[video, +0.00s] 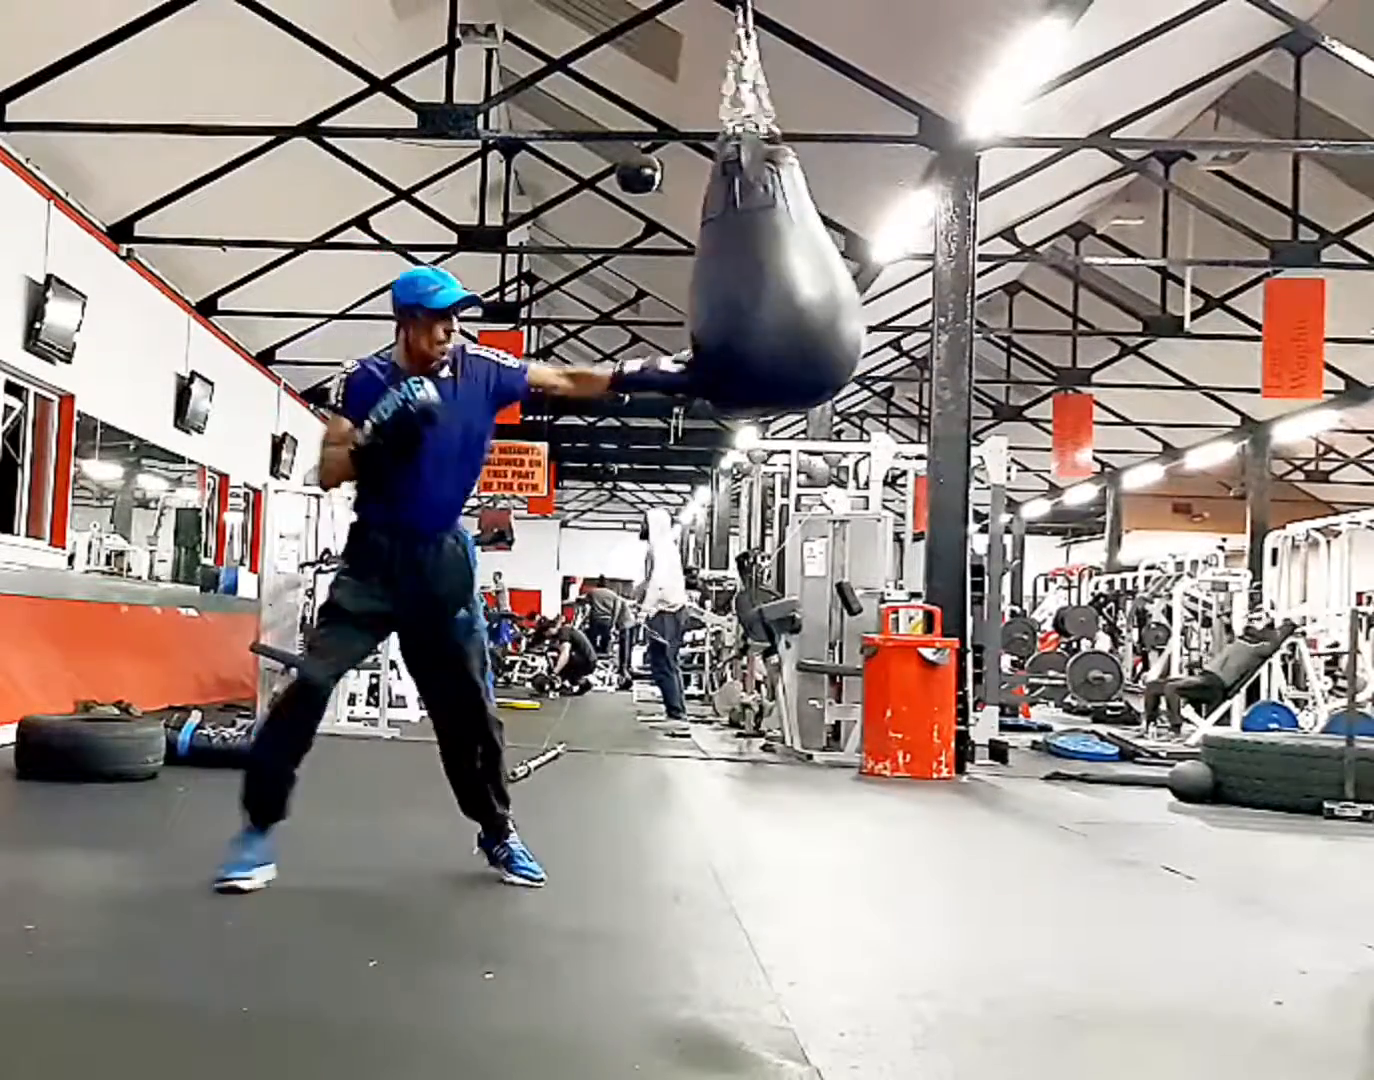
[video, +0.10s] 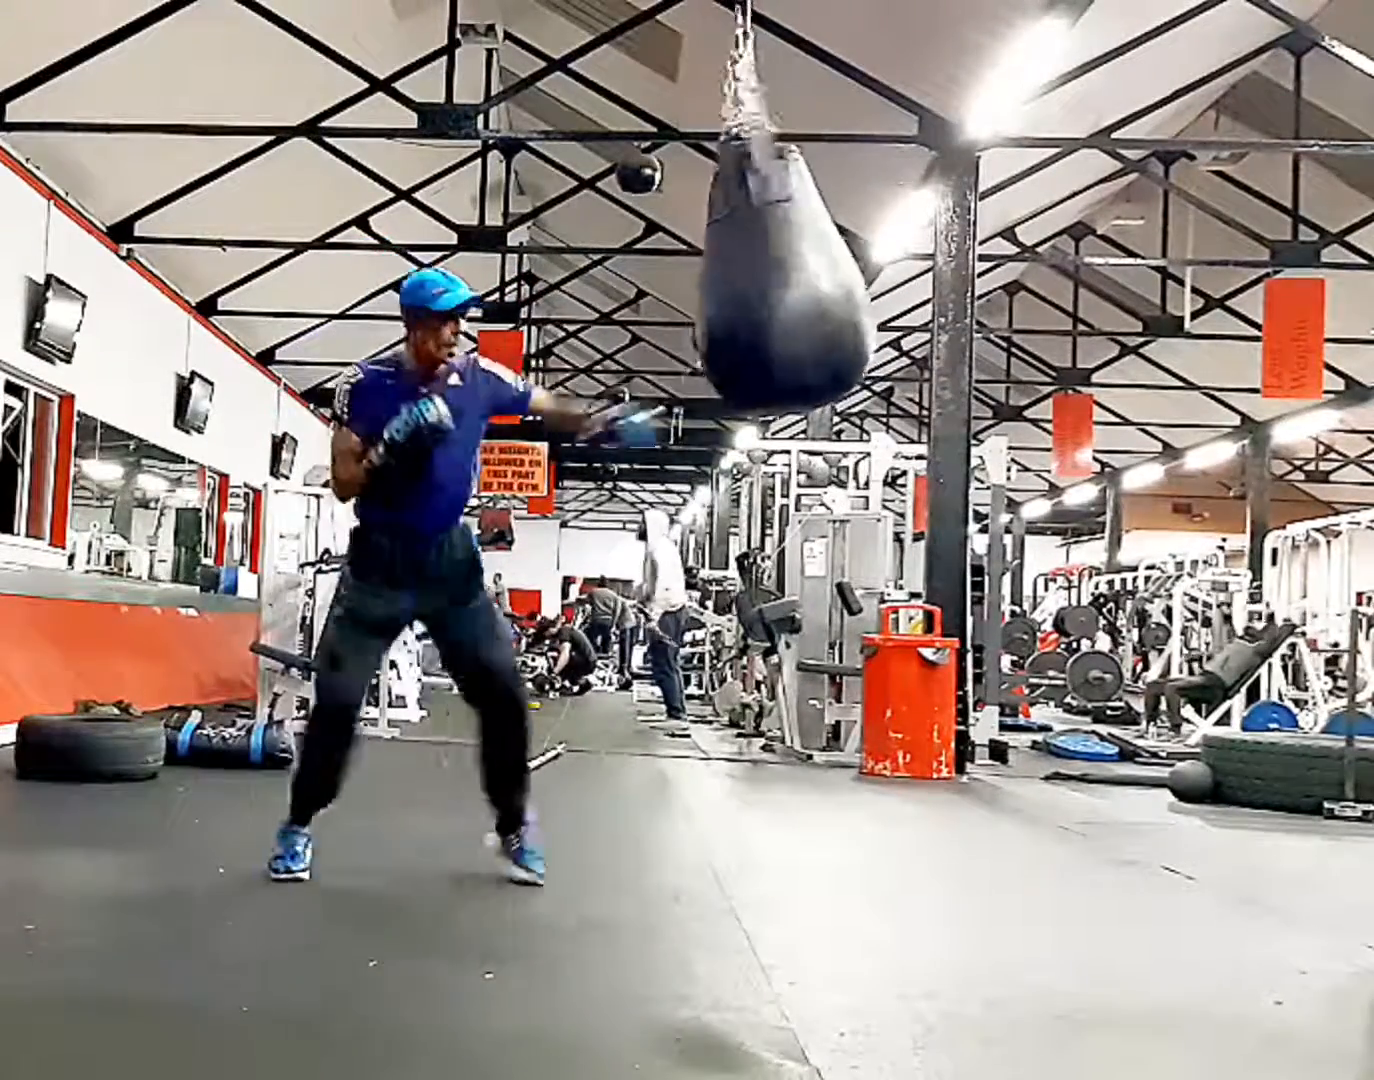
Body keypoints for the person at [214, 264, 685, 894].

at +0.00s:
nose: (446, 338)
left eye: (451, 326)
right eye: (435, 326)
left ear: (456, 324)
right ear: (403, 321)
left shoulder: (482, 371)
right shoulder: (367, 379)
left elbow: (569, 381)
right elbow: (327, 473)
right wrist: (382, 429)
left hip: (443, 568)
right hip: (371, 564)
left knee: (468, 703)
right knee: (309, 684)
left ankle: (498, 834)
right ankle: (256, 833)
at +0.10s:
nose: (454, 337)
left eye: (459, 325)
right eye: (443, 326)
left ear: (461, 326)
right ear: (411, 325)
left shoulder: (479, 379)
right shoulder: (372, 385)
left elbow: (549, 411)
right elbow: (344, 483)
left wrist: (601, 420)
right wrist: (388, 446)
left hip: (452, 571)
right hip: (377, 573)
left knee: (504, 695)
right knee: (336, 703)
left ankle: (514, 826)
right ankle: (298, 828)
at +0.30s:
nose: (515, 360)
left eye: (519, 350)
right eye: (503, 349)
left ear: (519, 354)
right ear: (465, 349)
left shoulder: (508, 413)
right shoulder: (418, 404)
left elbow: (536, 480)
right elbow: (372, 483)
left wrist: (572, 478)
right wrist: (438, 449)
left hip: (469, 592)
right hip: (403, 593)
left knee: (535, 710)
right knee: (355, 714)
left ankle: (572, 837)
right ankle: (300, 832)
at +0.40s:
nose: (577, 351)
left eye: (576, 341)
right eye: (567, 340)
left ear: (548, 345)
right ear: (535, 340)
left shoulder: (530, 412)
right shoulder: (498, 387)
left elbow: (522, 486)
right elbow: (460, 400)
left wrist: (572, 462)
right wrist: (548, 377)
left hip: (494, 578)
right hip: (450, 575)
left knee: (533, 710)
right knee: (393, 709)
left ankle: (572, 837)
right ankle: (310, 828)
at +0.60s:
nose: (623, 374)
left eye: (625, 365)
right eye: (614, 362)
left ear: (611, 367)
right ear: (578, 358)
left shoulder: (580, 424)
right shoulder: (546, 391)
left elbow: (562, 516)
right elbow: (552, 420)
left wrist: (603, 479)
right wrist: (629, 422)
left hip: (524, 565)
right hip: (494, 551)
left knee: (573, 715)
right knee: (451, 700)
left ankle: (574, 840)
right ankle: (333, 807)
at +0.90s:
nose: (618, 371)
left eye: (620, 362)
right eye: (607, 361)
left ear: (607, 367)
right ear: (573, 361)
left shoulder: (591, 425)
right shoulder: (534, 395)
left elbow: (559, 515)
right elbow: (484, 462)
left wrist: (620, 470)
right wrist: (559, 451)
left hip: (520, 565)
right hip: (479, 553)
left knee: (571, 689)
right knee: (445, 700)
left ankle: (579, 837)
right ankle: (338, 815)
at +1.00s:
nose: (577, 367)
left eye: (579, 357)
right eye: (567, 355)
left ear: (566, 361)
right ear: (534, 352)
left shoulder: (550, 425)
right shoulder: (490, 399)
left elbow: (530, 514)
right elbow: (450, 480)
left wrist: (593, 494)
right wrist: (527, 458)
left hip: (504, 574)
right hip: (463, 567)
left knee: (568, 697)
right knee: (438, 707)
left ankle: (580, 838)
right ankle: (329, 814)